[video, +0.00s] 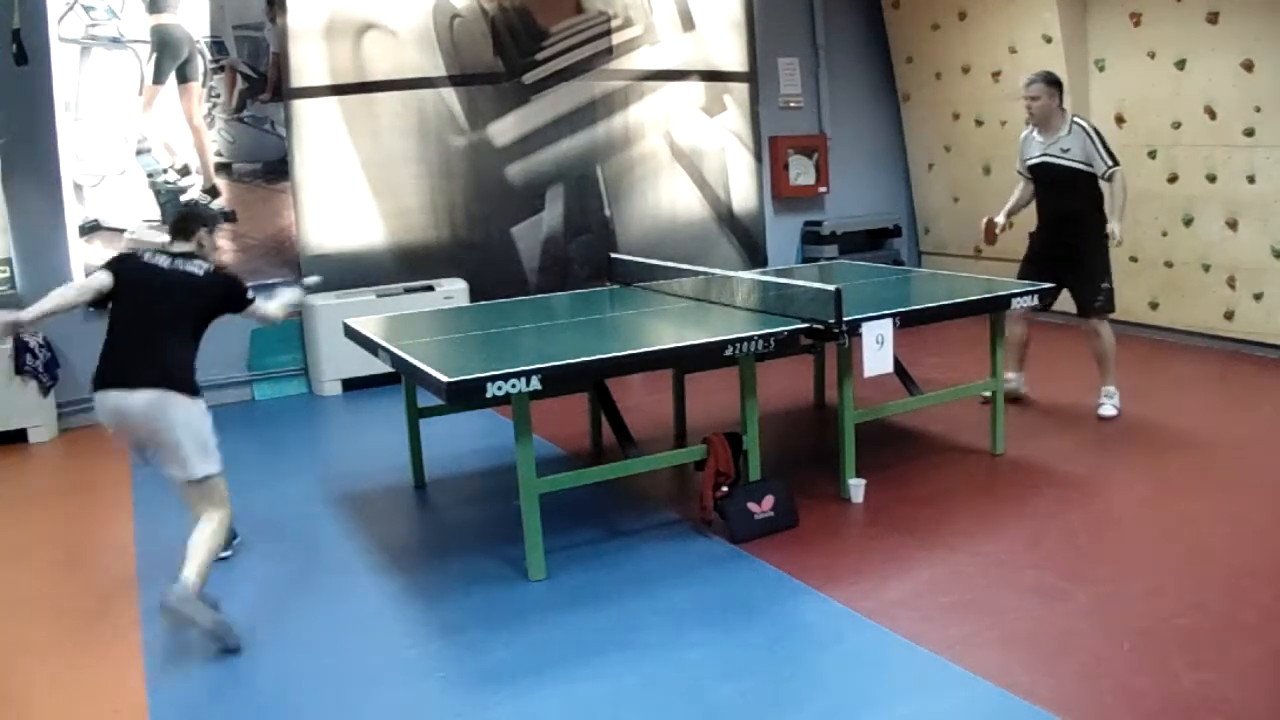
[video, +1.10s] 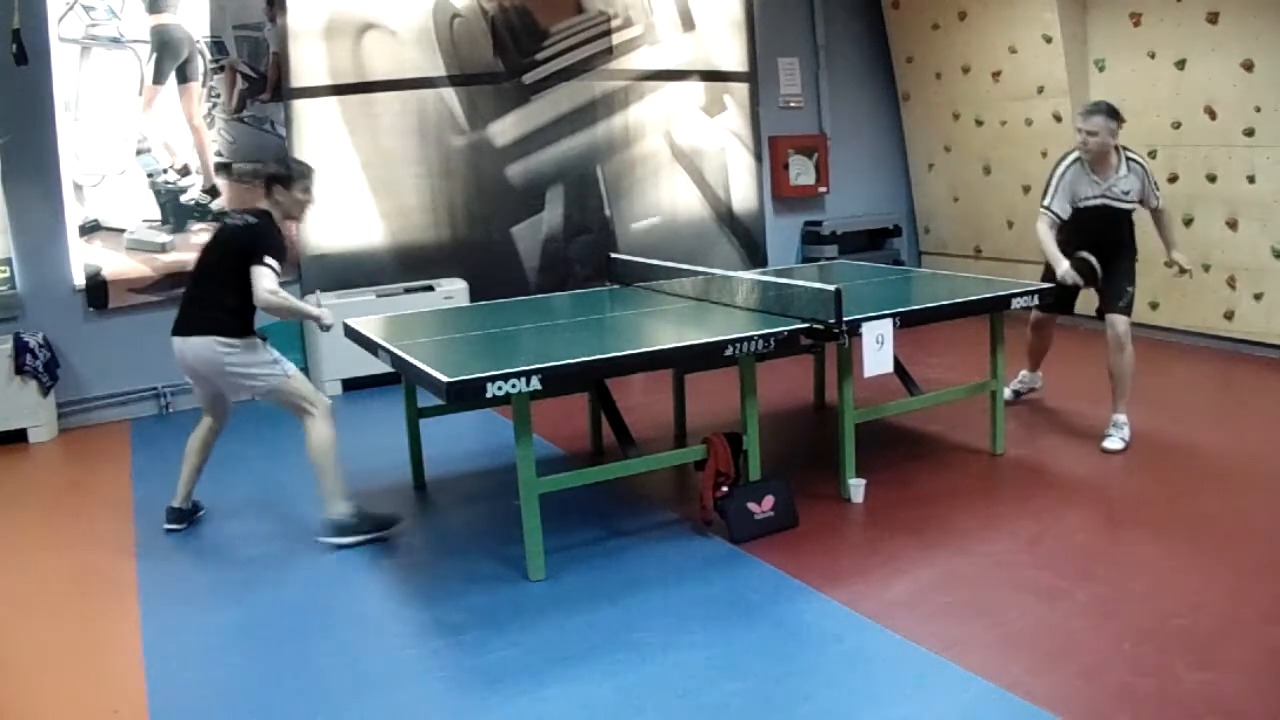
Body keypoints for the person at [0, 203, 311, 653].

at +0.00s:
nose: (222, 243)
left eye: (221, 234)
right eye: (219, 235)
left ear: (172, 233)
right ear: (202, 236)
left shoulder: (129, 264)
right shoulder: (216, 280)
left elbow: (82, 290)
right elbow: (268, 313)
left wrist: (26, 317)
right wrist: (287, 298)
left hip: (111, 397)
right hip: (170, 399)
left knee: (182, 463)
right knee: (214, 508)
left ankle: (214, 537)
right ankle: (187, 589)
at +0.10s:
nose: (230, 225)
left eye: (229, 217)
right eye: (227, 217)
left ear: (180, 211)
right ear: (209, 215)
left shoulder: (138, 240)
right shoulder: (223, 259)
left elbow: (92, 271)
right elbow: (289, 286)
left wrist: (42, 309)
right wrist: (341, 293)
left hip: (122, 370)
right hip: (176, 370)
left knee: (180, 446)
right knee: (229, 465)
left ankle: (217, 529)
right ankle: (209, 541)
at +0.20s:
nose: (240, 193)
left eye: (240, 185)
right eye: (238, 185)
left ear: (197, 181)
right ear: (221, 184)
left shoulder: (147, 217)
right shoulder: (230, 232)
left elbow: (99, 258)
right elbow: (293, 269)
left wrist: (50, 301)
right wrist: (340, 282)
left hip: (130, 347)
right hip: (181, 343)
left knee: (188, 425)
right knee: (244, 421)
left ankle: (212, 521)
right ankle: (244, 519)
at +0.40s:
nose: (248, 187)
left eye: (250, 179)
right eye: (244, 178)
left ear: (210, 177)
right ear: (220, 176)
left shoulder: (163, 218)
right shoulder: (233, 222)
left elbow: (119, 273)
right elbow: (294, 276)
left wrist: (85, 324)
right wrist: (333, 286)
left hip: (157, 345)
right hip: (207, 341)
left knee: (187, 407)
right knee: (268, 406)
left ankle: (183, 501)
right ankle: (304, 501)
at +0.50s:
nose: (250, 187)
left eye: (251, 179)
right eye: (244, 179)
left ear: (211, 181)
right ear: (219, 180)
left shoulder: (168, 221)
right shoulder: (228, 227)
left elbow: (136, 286)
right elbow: (280, 285)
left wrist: (124, 340)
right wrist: (323, 297)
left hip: (154, 345)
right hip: (201, 345)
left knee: (194, 407)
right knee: (273, 404)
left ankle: (179, 501)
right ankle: (303, 501)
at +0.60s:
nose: (249, 183)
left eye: (250, 175)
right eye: (243, 175)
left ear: (210, 177)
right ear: (217, 175)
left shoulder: (173, 214)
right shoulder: (221, 222)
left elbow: (192, 278)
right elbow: (264, 291)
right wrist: (310, 306)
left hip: (151, 338)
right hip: (193, 338)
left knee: (198, 406)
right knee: (274, 403)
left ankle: (178, 501)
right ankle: (301, 502)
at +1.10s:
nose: (309, 200)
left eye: (310, 192)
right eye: (303, 192)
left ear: (271, 193)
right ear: (276, 191)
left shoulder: (233, 226)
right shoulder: (264, 230)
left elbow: (211, 283)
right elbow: (264, 295)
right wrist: (314, 313)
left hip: (186, 340)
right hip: (227, 342)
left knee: (213, 416)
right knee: (316, 408)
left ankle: (179, 506)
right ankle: (340, 514)